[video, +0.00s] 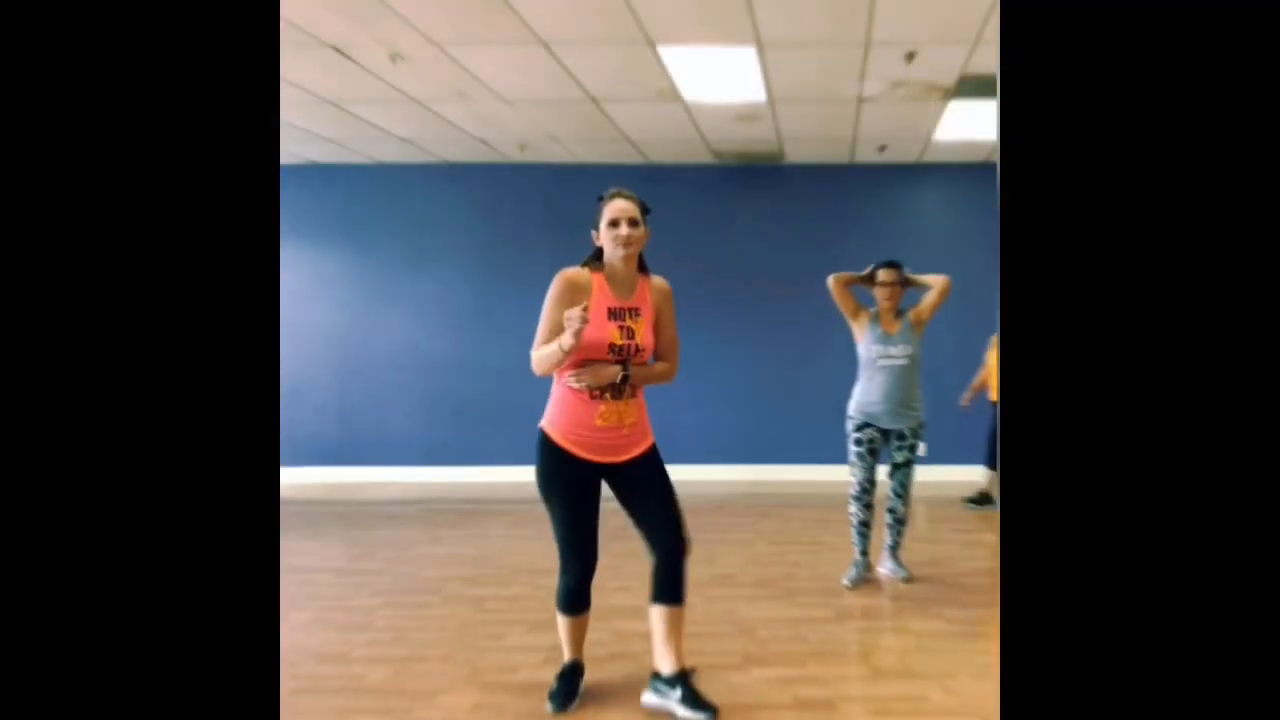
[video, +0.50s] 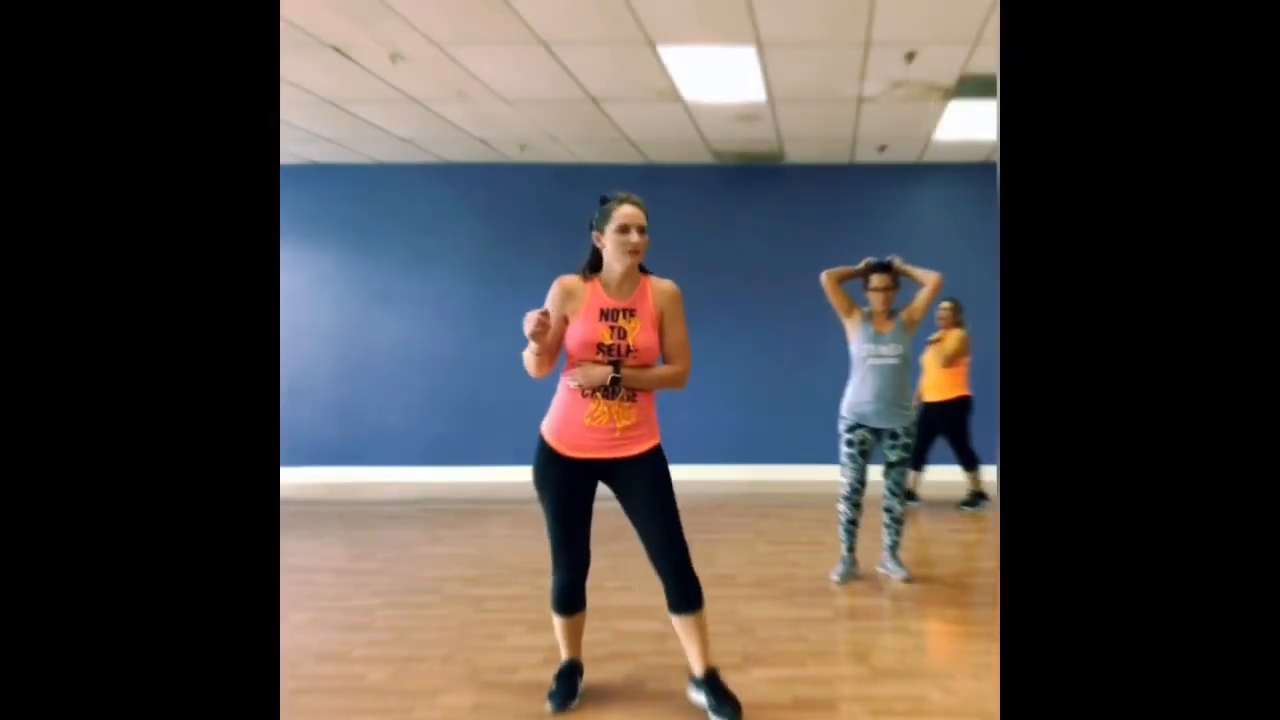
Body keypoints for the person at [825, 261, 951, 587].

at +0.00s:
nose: (888, 292)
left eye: (894, 285)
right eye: (882, 285)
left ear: (903, 290)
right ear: (873, 290)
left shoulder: (914, 322)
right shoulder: (861, 320)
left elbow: (944, 282)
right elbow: (834, 281)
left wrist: (911, 279)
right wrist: (864, 277)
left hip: (905, 418)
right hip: (865, 416)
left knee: (900, 492)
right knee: (862, 490)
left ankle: (891, 556)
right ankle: (860, 560)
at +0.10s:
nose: (888, 293)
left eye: (894, 287)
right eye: (883, 287)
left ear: (904, 291)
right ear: (873, 291)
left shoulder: (914, 322)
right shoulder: (861, 320)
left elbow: (944, 284)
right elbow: (835, 280)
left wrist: (911, 278)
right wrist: (866, 276)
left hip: (905, 418)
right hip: (866, 416)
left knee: (900, 493)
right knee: (865, 491)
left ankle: (892, 557)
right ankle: (865, 560)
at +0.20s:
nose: (889, 294)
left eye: (895, 288)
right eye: (883, 288)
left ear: (904, 292)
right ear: (874, 291)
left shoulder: (914, 322)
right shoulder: (861, 319)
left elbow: (943, 282)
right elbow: (835, 279)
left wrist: (913, 275)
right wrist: (866, 275)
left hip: (905, 417)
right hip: (865, 415)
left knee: (899, 492)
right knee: (861, 489)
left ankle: (892, 556)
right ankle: (861, 559)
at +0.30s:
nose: (887, 294)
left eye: (893, 288)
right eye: (882, 288)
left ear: (902, 291)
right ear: (873, 292)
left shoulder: (913, 322)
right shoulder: (861, 319)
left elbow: (941, 280)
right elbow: (835, 278)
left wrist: (910, 272)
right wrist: (864, 272)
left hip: (903, 417)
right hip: (863, 414)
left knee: (899, 490)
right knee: (855, 486)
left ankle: (891, 556)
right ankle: (857, 557)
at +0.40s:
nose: (886, 295)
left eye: (891, 289)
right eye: (880, 289)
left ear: (900, 292)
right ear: (870, 292)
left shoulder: (911, 322)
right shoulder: (858, 319)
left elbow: (939, 280)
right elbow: (832, 277)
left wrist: (907, 269)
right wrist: (862, 270)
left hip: (902, 418)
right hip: (861, 414)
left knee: (897, 490)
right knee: (852, 486)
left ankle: (891, 555)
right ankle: (851, 555)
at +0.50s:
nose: (882, 296)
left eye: (888, 290)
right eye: (876, 290)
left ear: (896, 292)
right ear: (866, 292)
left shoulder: (907, 322)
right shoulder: (854, 319)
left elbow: (935, 281)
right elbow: (827, 278)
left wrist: (904, 268)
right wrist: (858, 270)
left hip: (899, 419)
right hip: (858, 416)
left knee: (895, 492)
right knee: (851, 490)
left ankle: (891, 555)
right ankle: (847, 557)